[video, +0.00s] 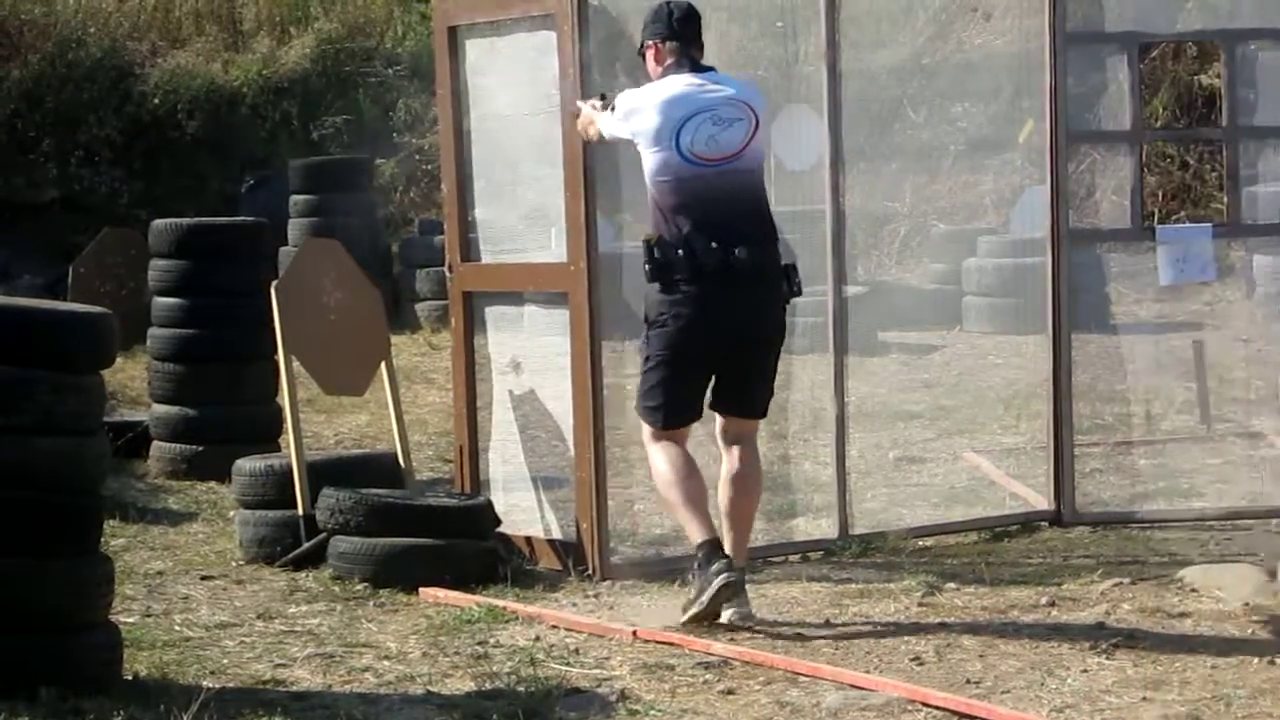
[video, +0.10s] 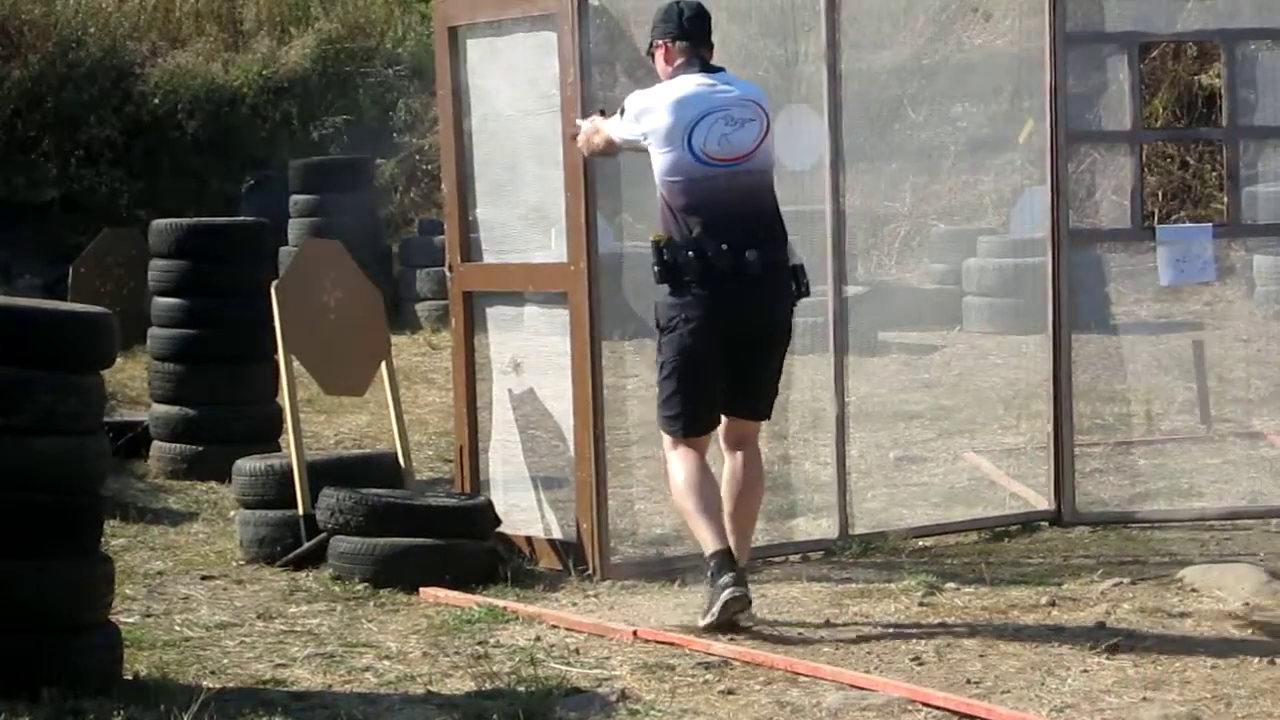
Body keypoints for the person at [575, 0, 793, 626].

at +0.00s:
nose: (645, 63)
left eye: (645, 55)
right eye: (646, 56)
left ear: (656, 53)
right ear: (701, 47)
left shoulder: (649, 104)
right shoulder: (752, 93)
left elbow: (592, 125)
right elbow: (708, 102)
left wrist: (590, 110)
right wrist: (675, 77)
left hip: (688, 296)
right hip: (761, 292)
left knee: (664, 435)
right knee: (740, 434)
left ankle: (710, 560)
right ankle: (733, 584)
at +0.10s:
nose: (652, 64)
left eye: (652, 55)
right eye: (653, 56)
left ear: (665, 51)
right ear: (711, 47)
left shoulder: (657, 105)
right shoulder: (755, 96)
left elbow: (604, 136)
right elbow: (693, 119)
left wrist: (589, 134)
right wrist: (611, 133)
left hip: (695, 297)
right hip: (768, 292)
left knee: (684, 444)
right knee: (744, 439)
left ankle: (723, 567)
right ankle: (733, 581)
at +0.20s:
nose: (658, 64)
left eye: (658, 55)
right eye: (659, 56)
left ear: (671, 52)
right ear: (718, 47)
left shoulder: (662, 102)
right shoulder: (760, 95)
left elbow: (613, 144)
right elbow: (687, 142)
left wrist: (597, 138)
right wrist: (618, 144)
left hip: (707, 295)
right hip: (777, 291)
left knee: (697, 447)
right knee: (751, 440)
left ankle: (727, 587)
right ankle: (737, 579)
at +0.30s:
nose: (673, 60)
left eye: (673, 51)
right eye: (675, 51)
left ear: (686, 48)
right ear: (731, 44)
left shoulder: (675, 98)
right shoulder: (778, 94)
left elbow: (618, 143)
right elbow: (712, 131)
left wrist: (604, 138)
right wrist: (643, 138)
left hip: (714, 289)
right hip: (785, 286)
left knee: (711, 450)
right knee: (763, 434)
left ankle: (734, 600)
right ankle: (754, 580)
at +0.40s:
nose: (689, 54)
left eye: (689, 44)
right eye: (692, 44)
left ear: (702, 42)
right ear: (746, 39)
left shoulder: (689, 91)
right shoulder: (795, 88)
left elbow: (625, 143)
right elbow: (728, 137)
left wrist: (625, 137)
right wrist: (651, 141)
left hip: (724, 287)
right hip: (798, 282)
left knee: (716, 447)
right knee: (774, 423)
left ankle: (735, 601)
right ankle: (785, 576)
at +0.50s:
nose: (709, 50)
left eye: (710, 40)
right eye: (712, 40)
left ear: (721, 38)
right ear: (765, 36)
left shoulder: (708, 89)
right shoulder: (815, 87)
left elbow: (652, 137)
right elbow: (753, 125)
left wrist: (640, 123)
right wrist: (687, 123)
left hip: (736, 286)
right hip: (814, 282)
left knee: (723, 444)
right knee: (804, 427)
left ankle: (739, 601)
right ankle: (826, 566)